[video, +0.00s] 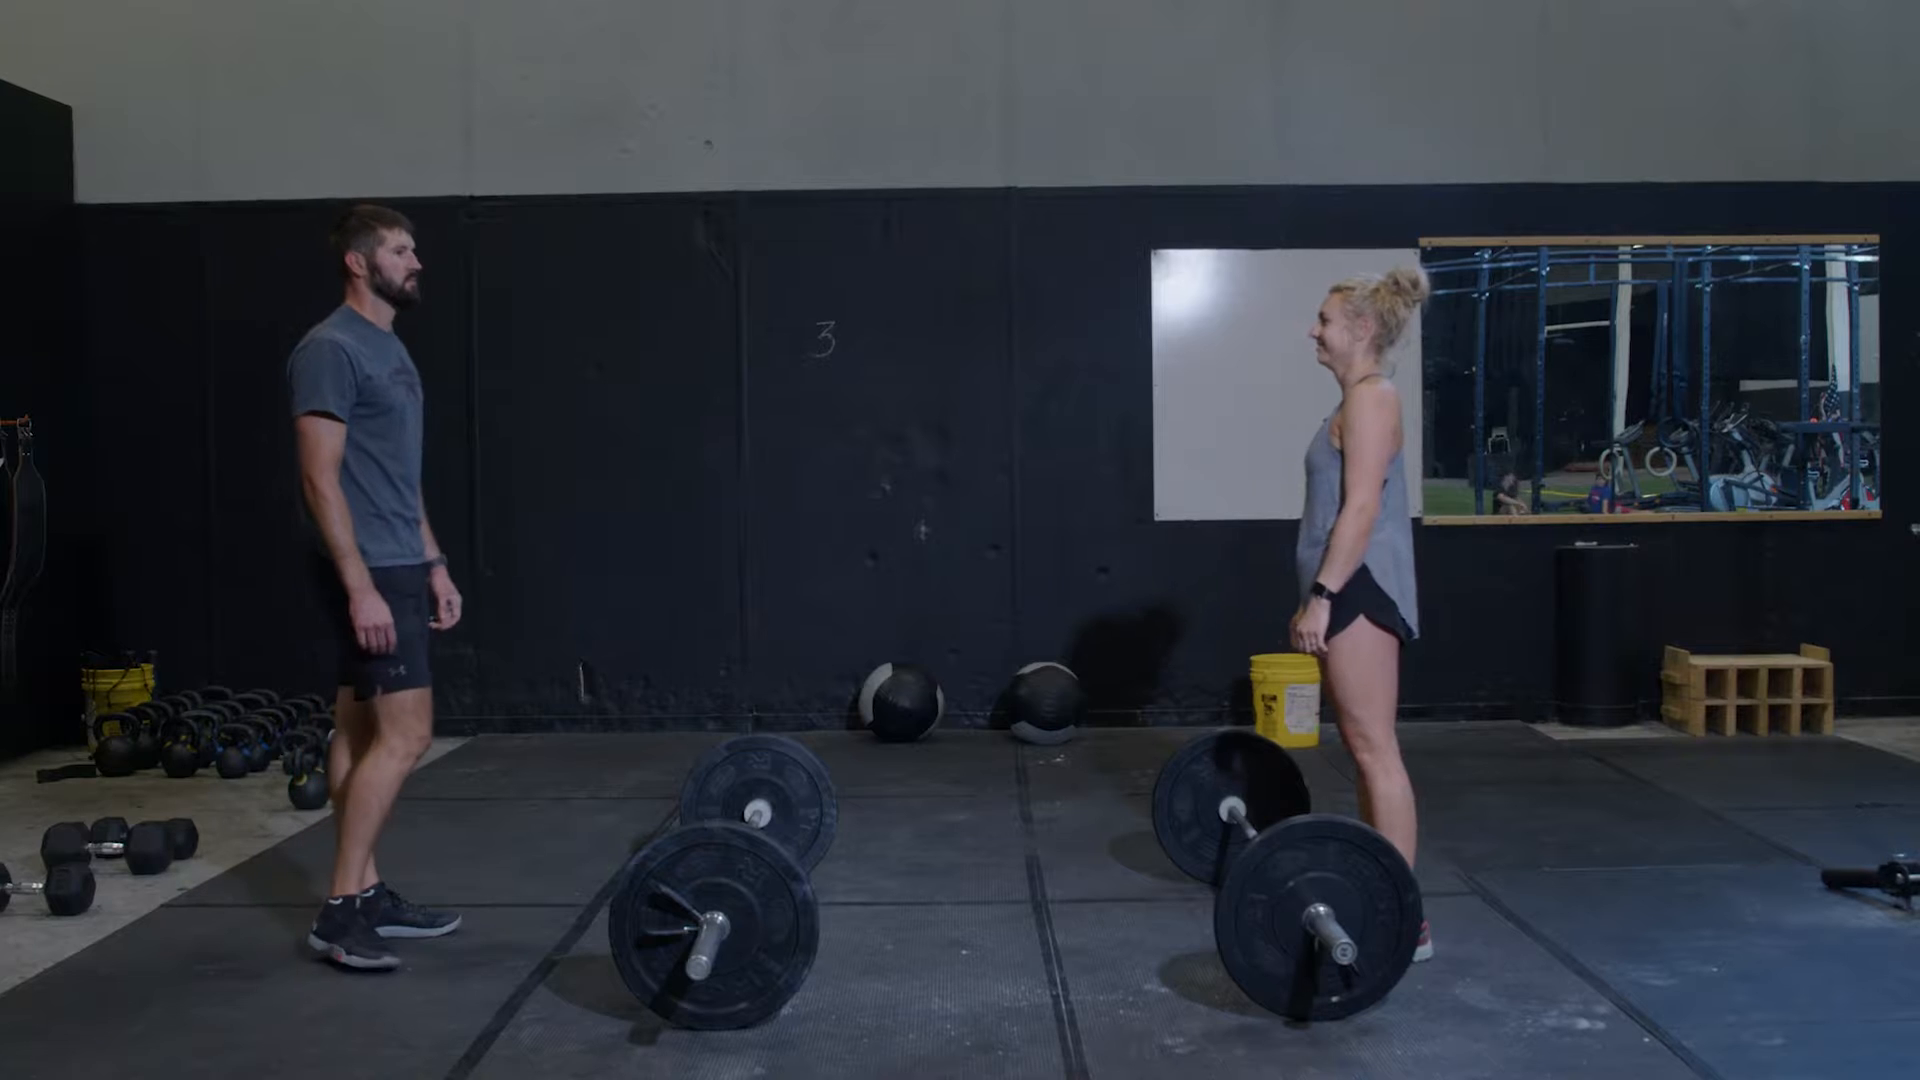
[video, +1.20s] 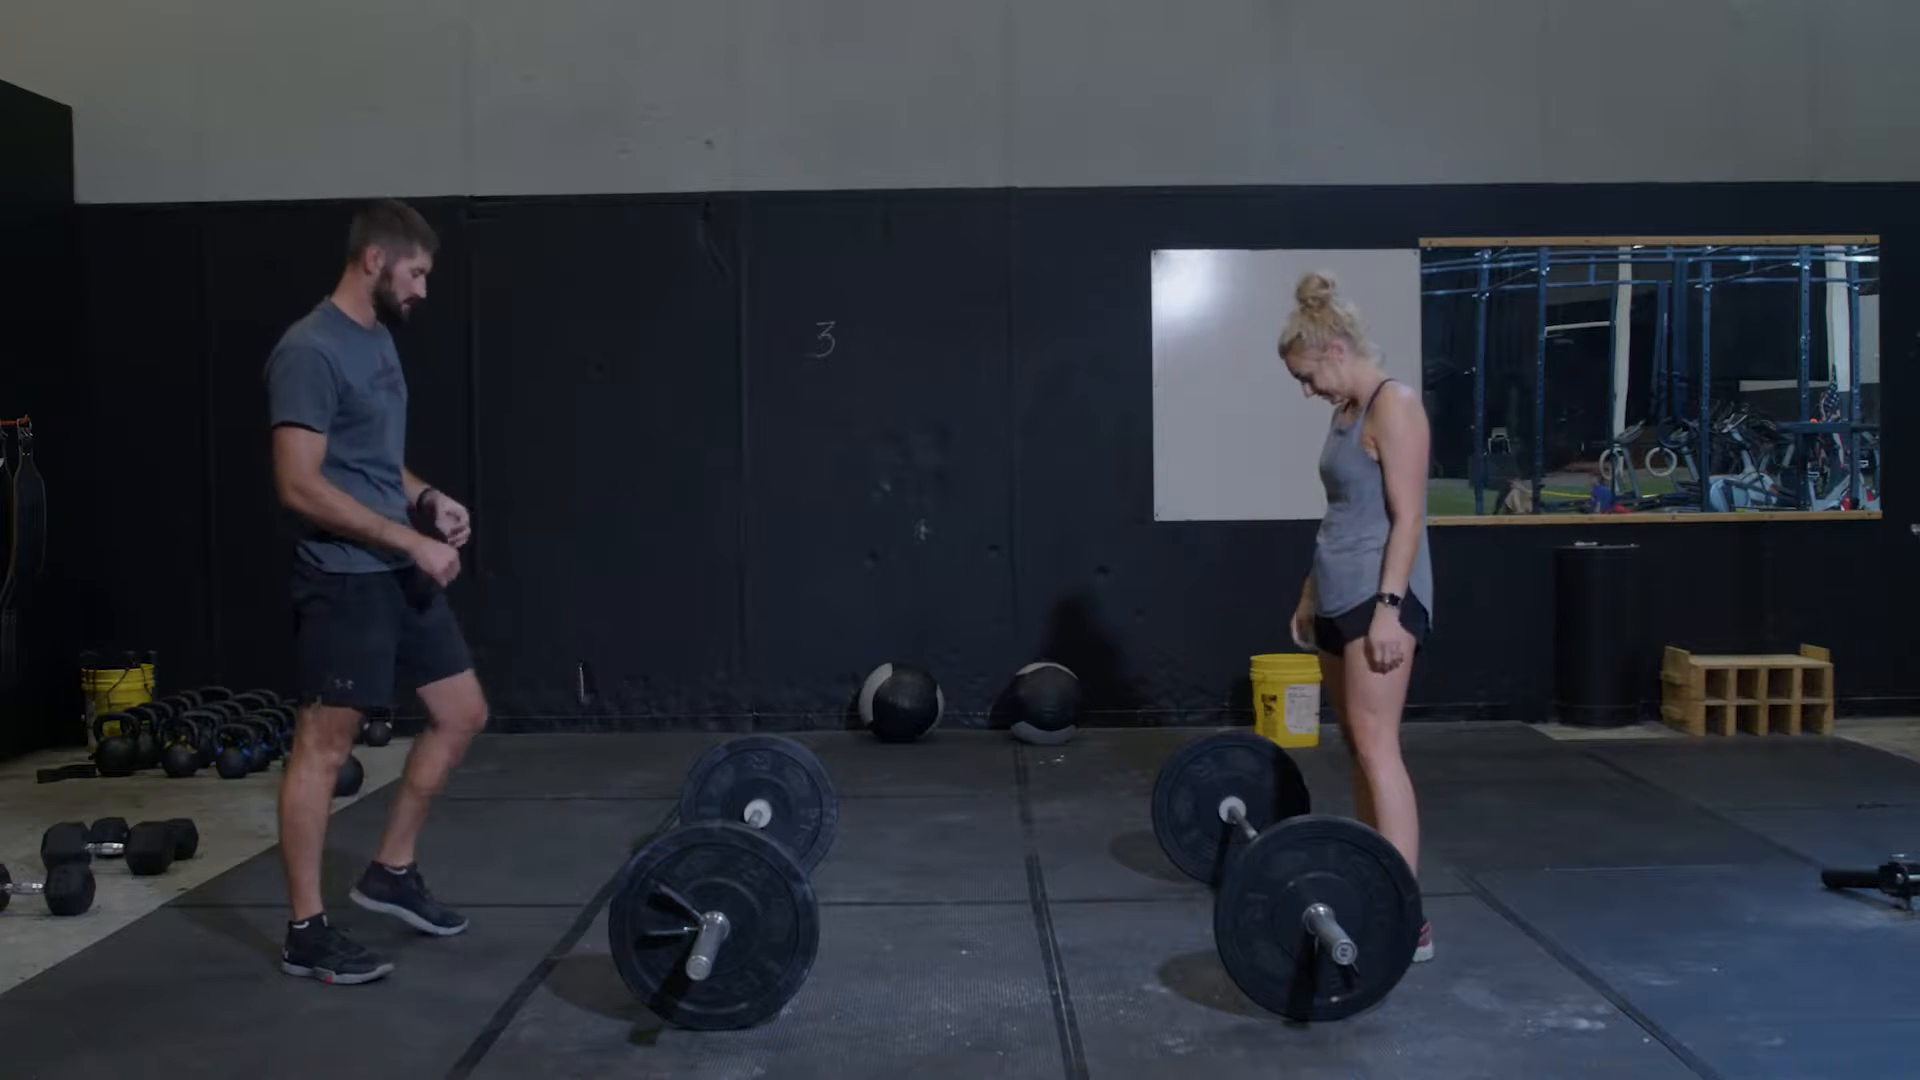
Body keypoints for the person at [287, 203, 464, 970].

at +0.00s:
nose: (415, 264)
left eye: (414, 253)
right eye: (401, 252)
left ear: (381, 265)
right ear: (359, 262)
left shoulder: (388, 348)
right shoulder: (328, 348)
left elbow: (400, 475)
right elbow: (320, 479)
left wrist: (432, 563)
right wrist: (359, 587)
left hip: (394, 565)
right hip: (367, 569)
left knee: (355, 729)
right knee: (406, 732)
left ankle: (366, 894)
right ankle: (341, 908)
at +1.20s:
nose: (421, 289)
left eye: (425, 275)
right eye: (414, 273)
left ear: (382, 268)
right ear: (370, 263)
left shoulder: (376, 343)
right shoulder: (308, 351)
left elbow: (368, 455)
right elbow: (298, 485)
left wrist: (426, 498)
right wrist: (414, 543)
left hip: (399, 570)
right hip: (340, 579)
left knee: (461, 714)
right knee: (323, 745)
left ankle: (391, 868)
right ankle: (306, 926)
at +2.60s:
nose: (777, 618)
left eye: (789, 612)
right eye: (786, 606)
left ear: (770, 565)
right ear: (772, 573)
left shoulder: (718, 575)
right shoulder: (696, 574)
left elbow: (727, 698)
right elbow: (696, 728)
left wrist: (735, 803)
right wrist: (715, 834)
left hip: (532, 593)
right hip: (493, 593)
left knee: (621, 721)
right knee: (609, 740)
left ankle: (593, 894)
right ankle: (565, 923)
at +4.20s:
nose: (779, 448)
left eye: (777, 434)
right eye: (768, 434)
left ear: (727, 442)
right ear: (726, 440)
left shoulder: (694, 508)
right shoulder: (672, 498)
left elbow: (681, 629)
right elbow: (648, 640)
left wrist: (676, 734)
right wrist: (648, 756)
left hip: (529, 598)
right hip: (491, 595)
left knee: (633, 724)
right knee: (608, 741)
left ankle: (601, 912)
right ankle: (576, 926)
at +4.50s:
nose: (710, 281)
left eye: (707, 268)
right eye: (697, 268)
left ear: (661, 281)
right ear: (655, 279)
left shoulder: (657, 363)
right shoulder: (626, 359)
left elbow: (655, 492)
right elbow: (618, 498)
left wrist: (662, 607)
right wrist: (637, 616)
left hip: (574, 556)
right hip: (540, 557)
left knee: (613, 709)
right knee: (588, 717)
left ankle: (590, 891)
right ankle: (566, 923)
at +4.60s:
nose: (678, 252)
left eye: (675, 239)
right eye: (665, 239)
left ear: (636, 253)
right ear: (624, 251)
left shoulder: (634, 336)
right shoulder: (602, 331)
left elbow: (643, 471)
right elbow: (602, 470)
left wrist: (655, 576)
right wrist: (625, 584)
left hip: (602, 556)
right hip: (570, 558)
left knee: (605, 726)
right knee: (584, 729)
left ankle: (590, 891)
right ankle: (564, 923)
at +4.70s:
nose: (652, 246)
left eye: (649, 234)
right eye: (639, 234)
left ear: (605, 247)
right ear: (598, 247)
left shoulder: (605, 326)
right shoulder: (583, 332)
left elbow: (609, 461)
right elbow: (590, 465)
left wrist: (640, 570)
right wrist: (617, 578)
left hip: (611, 559)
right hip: (586, 563)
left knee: (602, 731)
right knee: (580, 734)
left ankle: (589, 892)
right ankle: (563, 924)